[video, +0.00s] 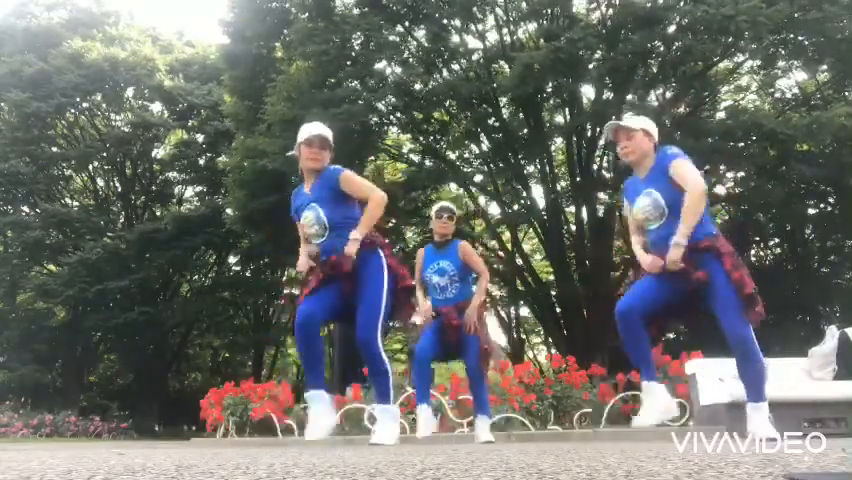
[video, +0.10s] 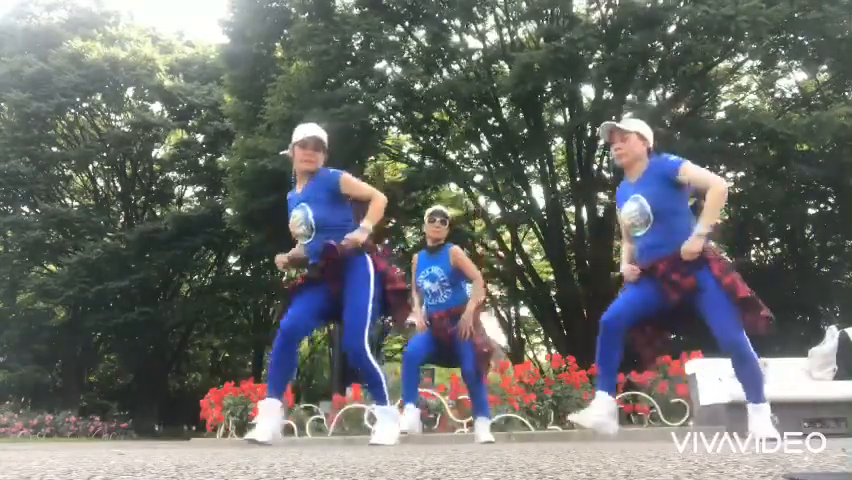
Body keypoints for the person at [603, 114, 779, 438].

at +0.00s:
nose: (623, 145)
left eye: (629, 137)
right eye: (618, 141)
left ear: (649, 138)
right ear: (617, 148)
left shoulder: (669, 158)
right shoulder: (630, 187)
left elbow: (697, 189)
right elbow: (635, 232)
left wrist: (679, 242)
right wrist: (642, 255)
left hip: (707, 260)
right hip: (668, 269)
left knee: (739, 333)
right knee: (626, 310)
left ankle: (758, 412)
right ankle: (655, 395)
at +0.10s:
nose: (615, 147)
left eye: (622, 139)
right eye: (612, 143)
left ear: (644, 142)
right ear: (611, 150)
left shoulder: (665, 166)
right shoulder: (622, 192)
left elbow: (717, 185)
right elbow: (627, 239)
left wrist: (700, 235)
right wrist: (626, 264)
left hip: (694, 267)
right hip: (652, 277)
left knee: (731, 338)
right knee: (611, 320)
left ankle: (760, 414)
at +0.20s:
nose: (611, 135)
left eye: (620, 128)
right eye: (609, 131)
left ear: (640, 138)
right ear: (607, 143)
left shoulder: (658, 166)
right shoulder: (605, 187)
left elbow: (705, 199)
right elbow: (607, 233)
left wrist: (704, 238)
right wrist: (606, 261)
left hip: (667, 266)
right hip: (627, 274)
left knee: (709, 340)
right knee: (591, 327)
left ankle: (757, 411)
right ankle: (587, 417)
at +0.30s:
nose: (611, 111)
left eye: (619, 106)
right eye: (608, 107)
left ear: (638, 116)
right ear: (604, 117)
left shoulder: (654, 150)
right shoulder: (586, 153)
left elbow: (685, 191)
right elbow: (566, 198)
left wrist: (660, 200)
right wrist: (593, 206)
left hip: (646, 245)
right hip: (603, 249)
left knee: (683, 319)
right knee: (584, 326)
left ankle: (728, 398)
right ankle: (586, 416)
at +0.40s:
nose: (617, 113)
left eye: (624, 108)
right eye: (611, 108)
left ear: (636, 115)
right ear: (602, 114)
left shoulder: (645, 145)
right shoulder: (591, 134)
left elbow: (664, 185)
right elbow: (589, 161)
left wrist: (642, 172)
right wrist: (632, 175)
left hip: (634, 234)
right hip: (594, 234)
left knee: (650, 302)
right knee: (581, 319)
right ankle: (571, 406)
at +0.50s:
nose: (624, 128)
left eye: (631, 123)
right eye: (617, 121)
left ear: (637, 129)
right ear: (603, 124)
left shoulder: (639, 158)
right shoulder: (593, 146)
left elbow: (658, 196)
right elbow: (620, 177)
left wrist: (664, 218)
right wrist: (658, 203)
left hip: (624, 251)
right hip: (589, 250)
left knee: (623, 324)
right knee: (577, 328)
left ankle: (608, 411)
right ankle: (563, 410)